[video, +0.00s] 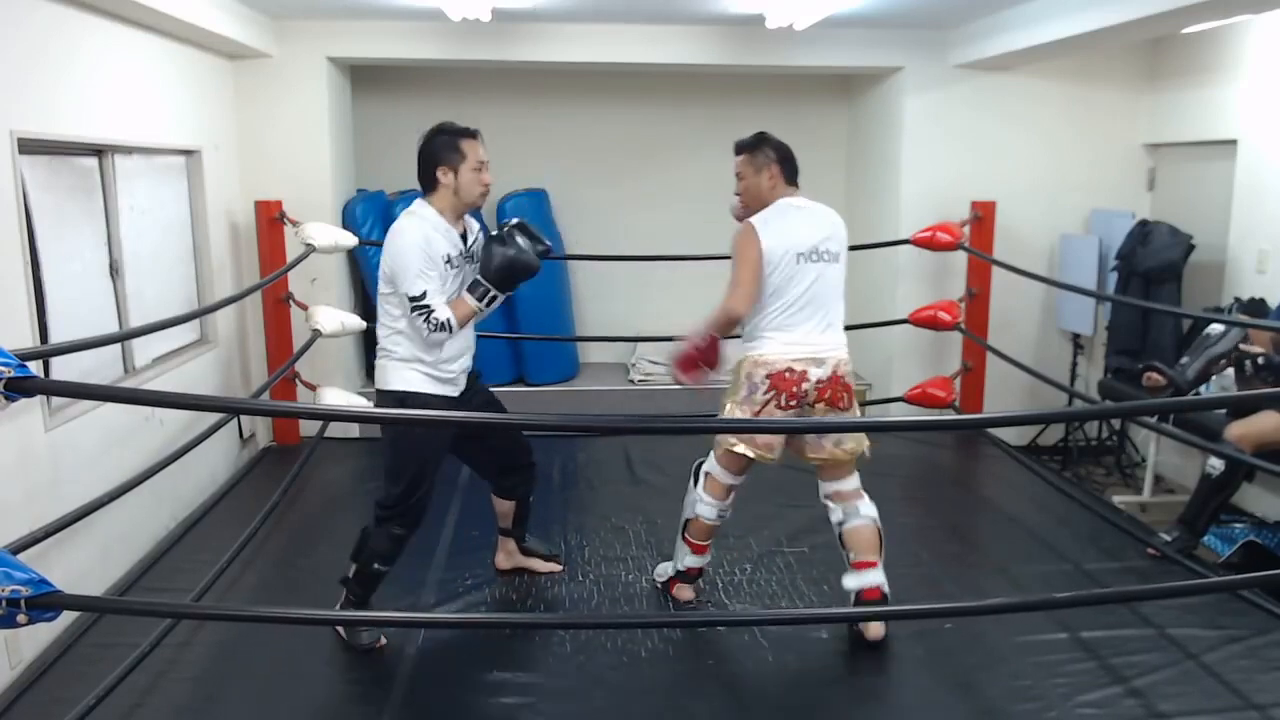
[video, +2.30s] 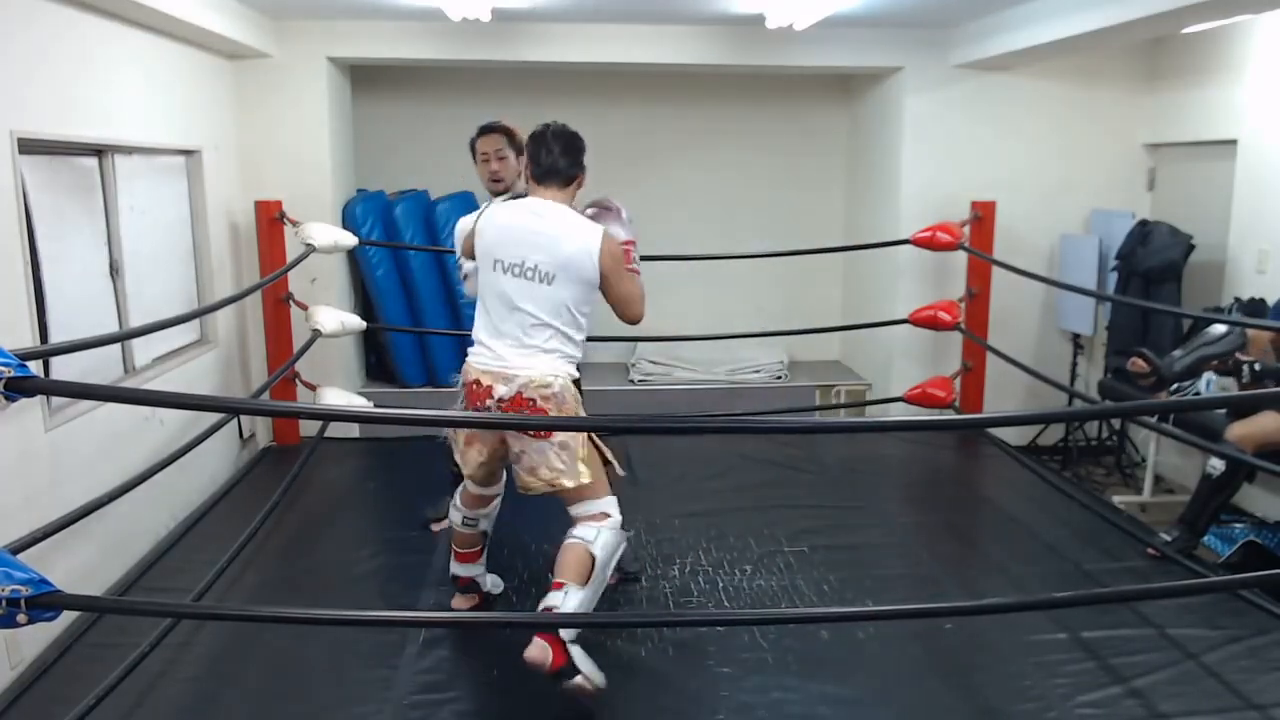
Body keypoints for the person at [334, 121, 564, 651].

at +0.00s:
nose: (488, 177)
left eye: (487, 167)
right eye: (478, 169)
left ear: (452, 175)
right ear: (444, 175)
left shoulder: (470, 228)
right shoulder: (411, 234)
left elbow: (469, 300)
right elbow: (433, 328)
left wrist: (505, 262)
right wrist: (491, 283)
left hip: (457, 383)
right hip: (410, 389)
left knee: (514, 460)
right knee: (403, 507)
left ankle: (510, 550)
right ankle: (351, 610)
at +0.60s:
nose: (536, 179)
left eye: (539, 169)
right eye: (528, 168)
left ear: (508, 173)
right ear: (497, 170)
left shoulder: (512, 217)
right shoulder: (465, 211)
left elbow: (525, 289)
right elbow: (484, 290)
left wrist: (550, 243)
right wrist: (543, 252)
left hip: (480, 357)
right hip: (431, 357)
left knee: (511, 449)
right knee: (405, 457)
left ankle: (512, 539)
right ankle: (360, 545)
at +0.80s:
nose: (509, 179)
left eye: (512, 169)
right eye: (499, 169)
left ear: (514, 173)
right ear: (470, 173)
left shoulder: (508, 223)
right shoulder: (435, 222)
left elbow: (527, 290)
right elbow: (440, 303)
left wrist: (543, 245)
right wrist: (477, 262)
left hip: (481, 357)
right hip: (428, 358)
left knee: (518, 446)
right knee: (409, 448)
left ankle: (514, 539)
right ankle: (366, 515)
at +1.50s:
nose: (486, 175)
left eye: (494, 164)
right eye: (476, 164)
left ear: (503, 168)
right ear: (456, 167)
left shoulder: (512, 215)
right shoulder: (434, 212)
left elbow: (533, 288)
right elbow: (461, 251)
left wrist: (519, 245)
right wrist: (518, 232)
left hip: (503, 349)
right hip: (445, 347)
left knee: (540, 428)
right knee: (409, 428)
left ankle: (555, 508)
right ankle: (413, 490)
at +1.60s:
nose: (486, 174)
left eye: (493, 163)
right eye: (476, 164)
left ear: (502, 166)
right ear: (457, 168)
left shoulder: (516, 216)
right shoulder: (435, 215)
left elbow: (534, 279)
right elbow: (448, 281)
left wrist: (520, 247)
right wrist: (506, 278)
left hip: (507, 346)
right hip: (449, 348)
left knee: (539, 431)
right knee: (427, 442)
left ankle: (560, 511)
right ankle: (462, 498)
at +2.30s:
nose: (492, 168)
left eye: (501, 157)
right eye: (483, 160)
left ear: (523, 160)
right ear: (475, 167)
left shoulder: (548, 213)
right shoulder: (475, 222)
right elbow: (471, 285)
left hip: (542, 342)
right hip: (492, 339)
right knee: (475, 416)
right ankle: (466, 499)